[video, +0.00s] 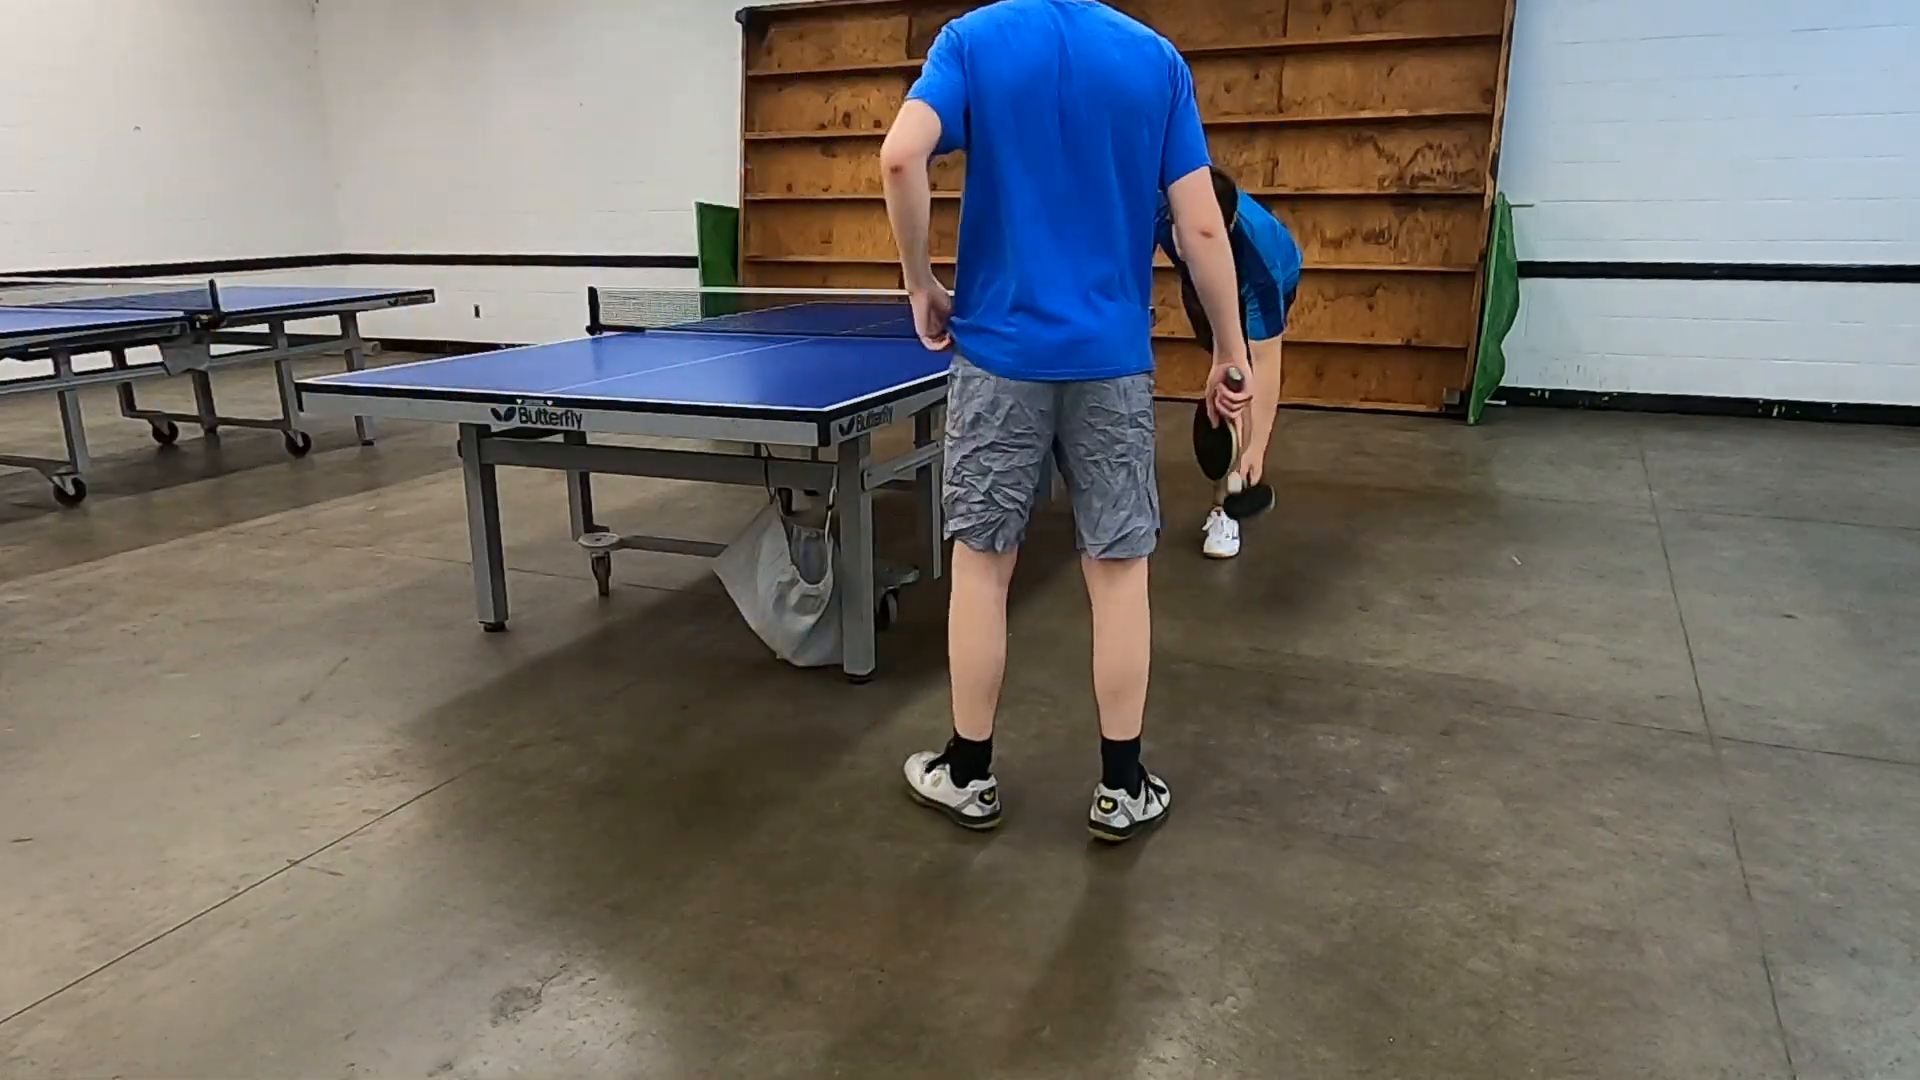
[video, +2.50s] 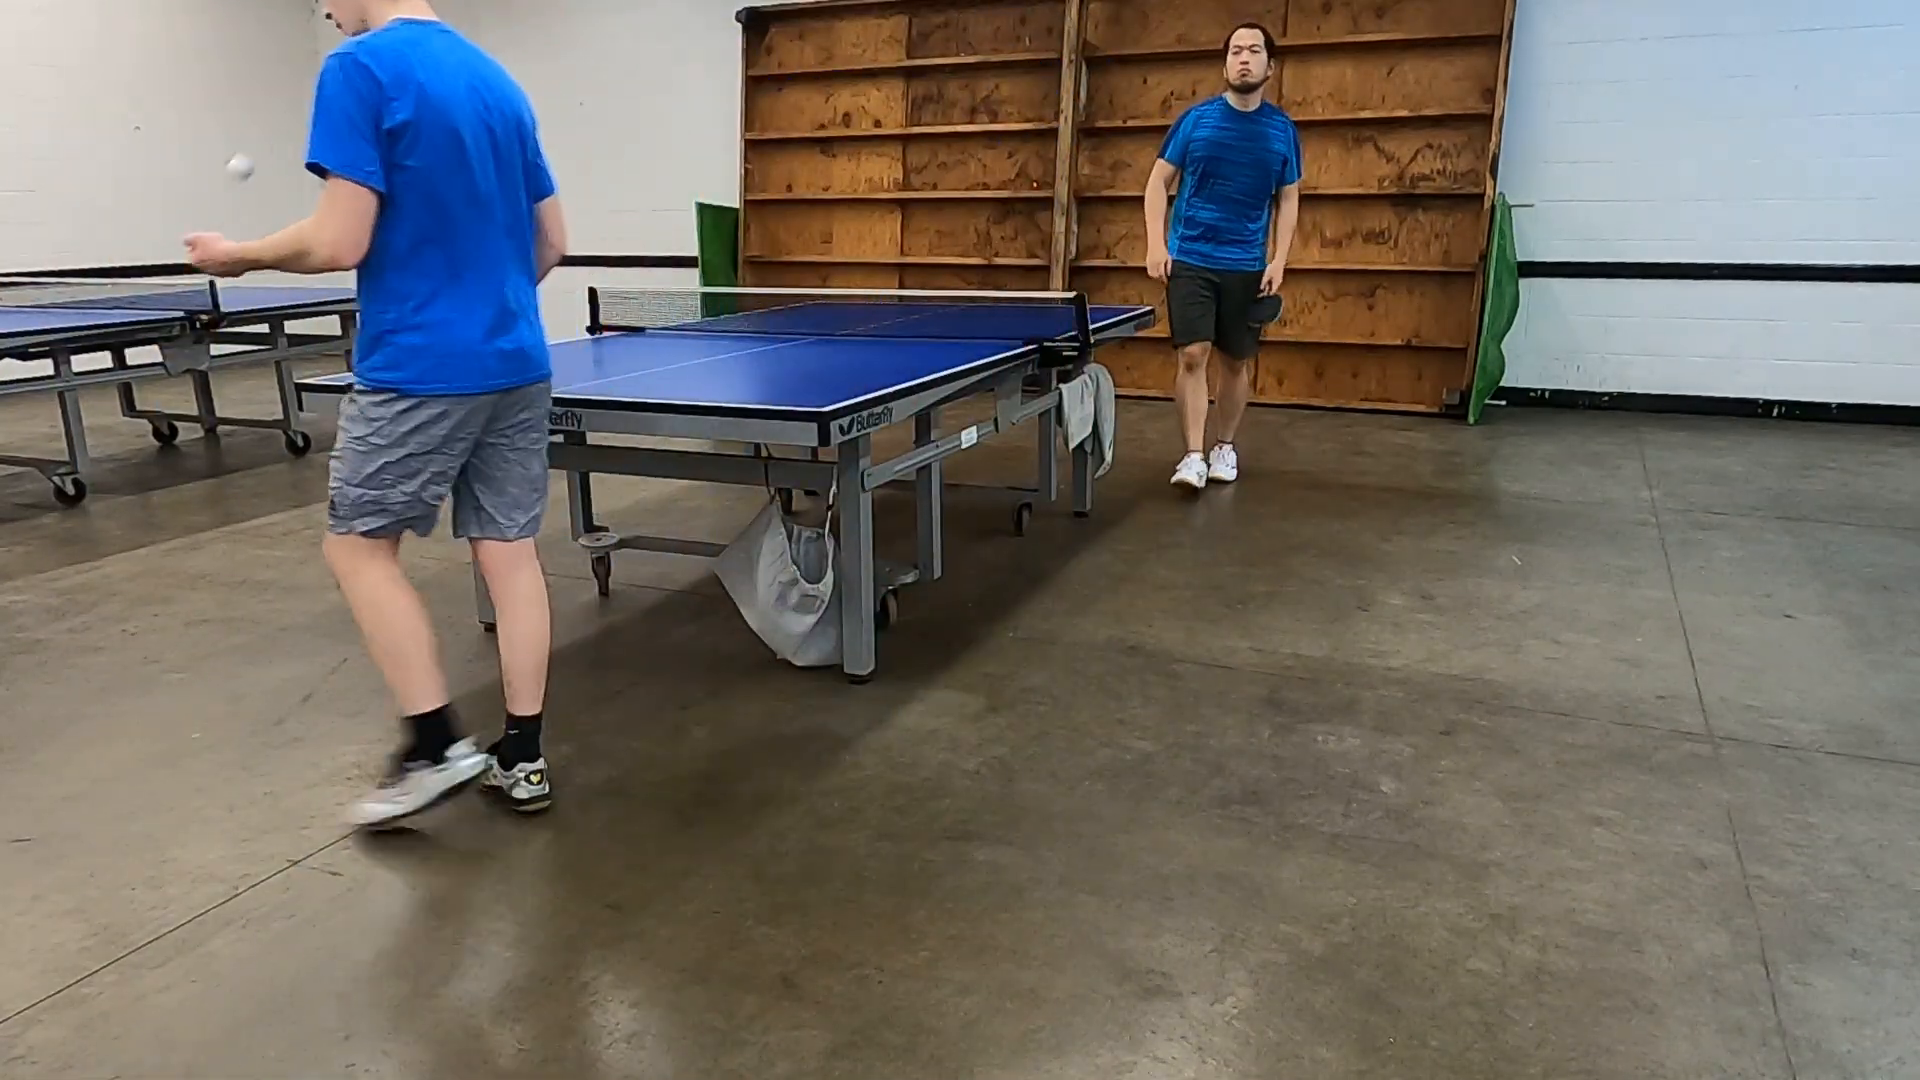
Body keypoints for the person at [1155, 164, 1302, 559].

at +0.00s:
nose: (1191, 238)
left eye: (1205, 229)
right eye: (1184, 226)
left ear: (1227, 222)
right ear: (1174, 215)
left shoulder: (1257, 258)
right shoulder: (1163, 213)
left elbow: (1267, 362)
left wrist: (1257, 447)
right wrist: (1222, 369)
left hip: (1266, 280)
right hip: (1204, 277)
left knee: (1247, 387)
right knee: (1222, 369)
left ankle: (1223, 509)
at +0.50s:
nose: (1217, 155)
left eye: (1231, 143)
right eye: (1207, 141)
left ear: (1251, 134)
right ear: (1191, 129)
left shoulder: (1273, 189)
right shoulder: (1176, 155)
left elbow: (1272, 298)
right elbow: (1149, 226)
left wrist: (1262, 389)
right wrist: (1123, 296)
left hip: (1250, 299)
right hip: (1198, 283)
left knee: (1236, 402)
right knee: (1211, 354)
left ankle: (1226, 509)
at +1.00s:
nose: (1237, 45)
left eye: (1249, 35)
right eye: (1226, 33)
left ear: (1262, 49)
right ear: (1204, 45)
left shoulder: (1281, 122)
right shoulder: (1182, 113)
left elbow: (1284, 224)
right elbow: (1150, 201)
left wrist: (1279, 312)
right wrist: (1116, 285)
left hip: (1248, 285)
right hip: (1187, 276)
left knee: (1231, 399)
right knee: (1184, 376)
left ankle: (1227, 508)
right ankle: (1208, 463)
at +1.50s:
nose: (1213, 41)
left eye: (1222, 35)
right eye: (1202, 36)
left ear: (1237, 52)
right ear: (1186, 57)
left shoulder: (1264, 110)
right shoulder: (1172, 130)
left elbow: (1276, 188)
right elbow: (1144, 204)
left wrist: (1265, 253)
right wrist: (1119, 266)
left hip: (1244, 275)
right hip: (1182, 276)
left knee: (1236, 386)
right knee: (1193, 382)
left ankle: (1234, 492)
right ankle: (1207, 476)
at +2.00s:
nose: (1211, 45)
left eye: (1220, 37)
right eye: (1201, 41)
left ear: (1238, 52)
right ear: (1190, 62)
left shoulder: (1268, 112)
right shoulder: (1174, 124)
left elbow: (1293, 188)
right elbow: (1156, 200)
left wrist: (1316, 257)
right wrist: (1152, 269)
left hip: (1254, 269)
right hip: (1191, 268)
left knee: (1254, 374)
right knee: (1197, 371)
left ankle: (1234, 435)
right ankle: (1206, 473)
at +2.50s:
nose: (1243, 58)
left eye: (1253, 52)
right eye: (1236, 51)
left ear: (1269, 65)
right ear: (1224, 63)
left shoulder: (1282, 130)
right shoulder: (1195, 119)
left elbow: (1288, 200)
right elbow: (1158, 181)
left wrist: (1279, 260)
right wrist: (1156, 245)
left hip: (1247, 266)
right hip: (1190, 260)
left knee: (1237, 362)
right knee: (1193, 354)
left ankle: (1223, 447)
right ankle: (1194, 455)